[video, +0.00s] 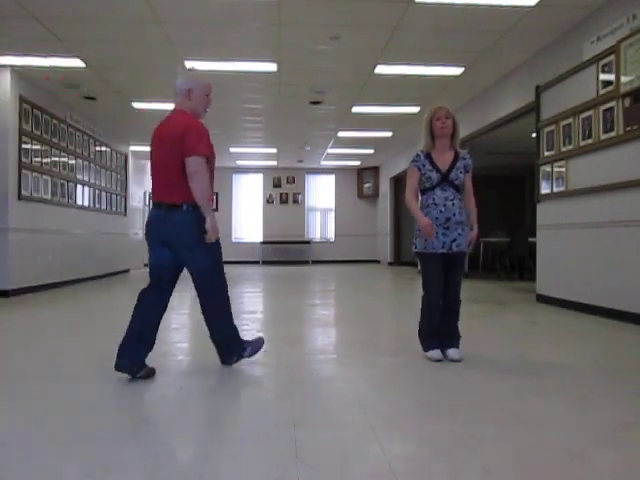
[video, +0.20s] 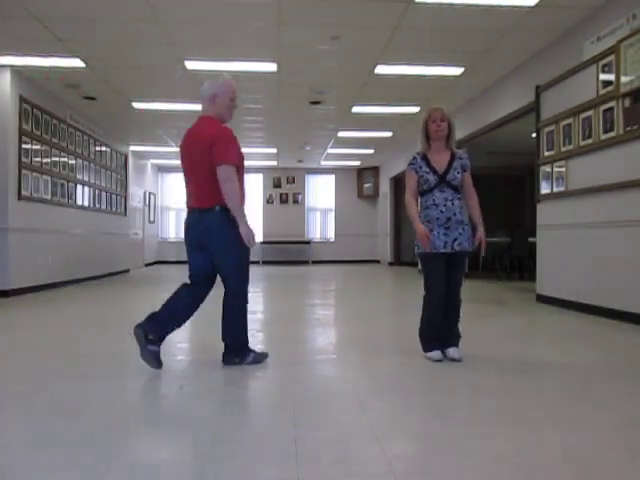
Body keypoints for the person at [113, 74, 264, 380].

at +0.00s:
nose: (209, 104)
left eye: (210, 97)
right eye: (206, 96)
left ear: (184, 96)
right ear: (188, 95)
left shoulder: (162, 127)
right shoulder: (193, 127)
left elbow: (162, 174)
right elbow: (195, 170)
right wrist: (209, 215)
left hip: (160, 218)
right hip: (189, 219)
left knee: (158, 289)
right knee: (213, 287)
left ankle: (130, 359)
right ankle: (230, 348)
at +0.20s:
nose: (235, 106)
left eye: (235, 100)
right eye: (231, 100)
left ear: (210, 101)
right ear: (215, 100)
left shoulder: (191, 134)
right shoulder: (221, 133)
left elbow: (195, 181)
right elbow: (226, 177)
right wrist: (242, 221)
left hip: (196, 220)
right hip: (221, 219)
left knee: (199, 283)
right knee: (237, 286)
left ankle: (152, 331)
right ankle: (236, 351)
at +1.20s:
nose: (292, 104)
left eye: (296, 100)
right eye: (286, 100)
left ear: (302, 104)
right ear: (274, 105)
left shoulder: (316, 142)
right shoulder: (260, 140)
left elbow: (329, 179)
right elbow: (244, 177)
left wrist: (340, 214)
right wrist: (240, 212)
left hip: (305, 222)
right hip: (271, 221)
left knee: (308, 289)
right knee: (272, 286)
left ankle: (304, 346)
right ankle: (261, 341)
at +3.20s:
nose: (280, 98)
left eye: (285, 94)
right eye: (274, 95)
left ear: (293, 103)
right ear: (266, 104)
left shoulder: (310, 138)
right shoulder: (253, 143)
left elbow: (326, 178)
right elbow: (241, 181)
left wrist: (320, 214)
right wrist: (239, 216)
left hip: (304, 222)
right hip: (269, 222)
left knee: (303, 290)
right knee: (263, 285)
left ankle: (298, 347)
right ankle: (264, 344)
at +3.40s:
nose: (282, 96)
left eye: (287, 93)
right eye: (276, 93)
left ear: (295, 102)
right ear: (267, 102)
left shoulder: (311, 137)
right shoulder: (254, 141)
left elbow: (322, 174)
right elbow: (245, 183)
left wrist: (318, 204)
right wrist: (247, 218)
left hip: (305, 221)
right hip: (270, 221)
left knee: (303, 288)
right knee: (269, 286)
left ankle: (298, 346)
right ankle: (275, 347)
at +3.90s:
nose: (271, 102)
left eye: (276, 99)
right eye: (265, 99)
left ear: (284, 108)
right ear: (257, 108)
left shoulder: (299, 145)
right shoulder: (242, 145)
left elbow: (315, 184)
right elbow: (229, 184)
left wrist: (316, 220)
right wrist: (226, 221)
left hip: (290, 227)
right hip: (253, 227)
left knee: (295, 292)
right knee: (251, 292)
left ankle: (297, 348)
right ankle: (248, 349)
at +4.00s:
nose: (266, 101)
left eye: (271, 97)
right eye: (260, 97)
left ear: (279, 107)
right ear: (252, 107)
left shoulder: (294, 144)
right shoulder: (236, 143)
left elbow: (307, 183)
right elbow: (224, 183)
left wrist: (312, 219)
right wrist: (223, 221)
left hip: (283, 225)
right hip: (246, 225)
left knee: (290, 291)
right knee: (245, 292)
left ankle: (297, 348)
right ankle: (248, 348)